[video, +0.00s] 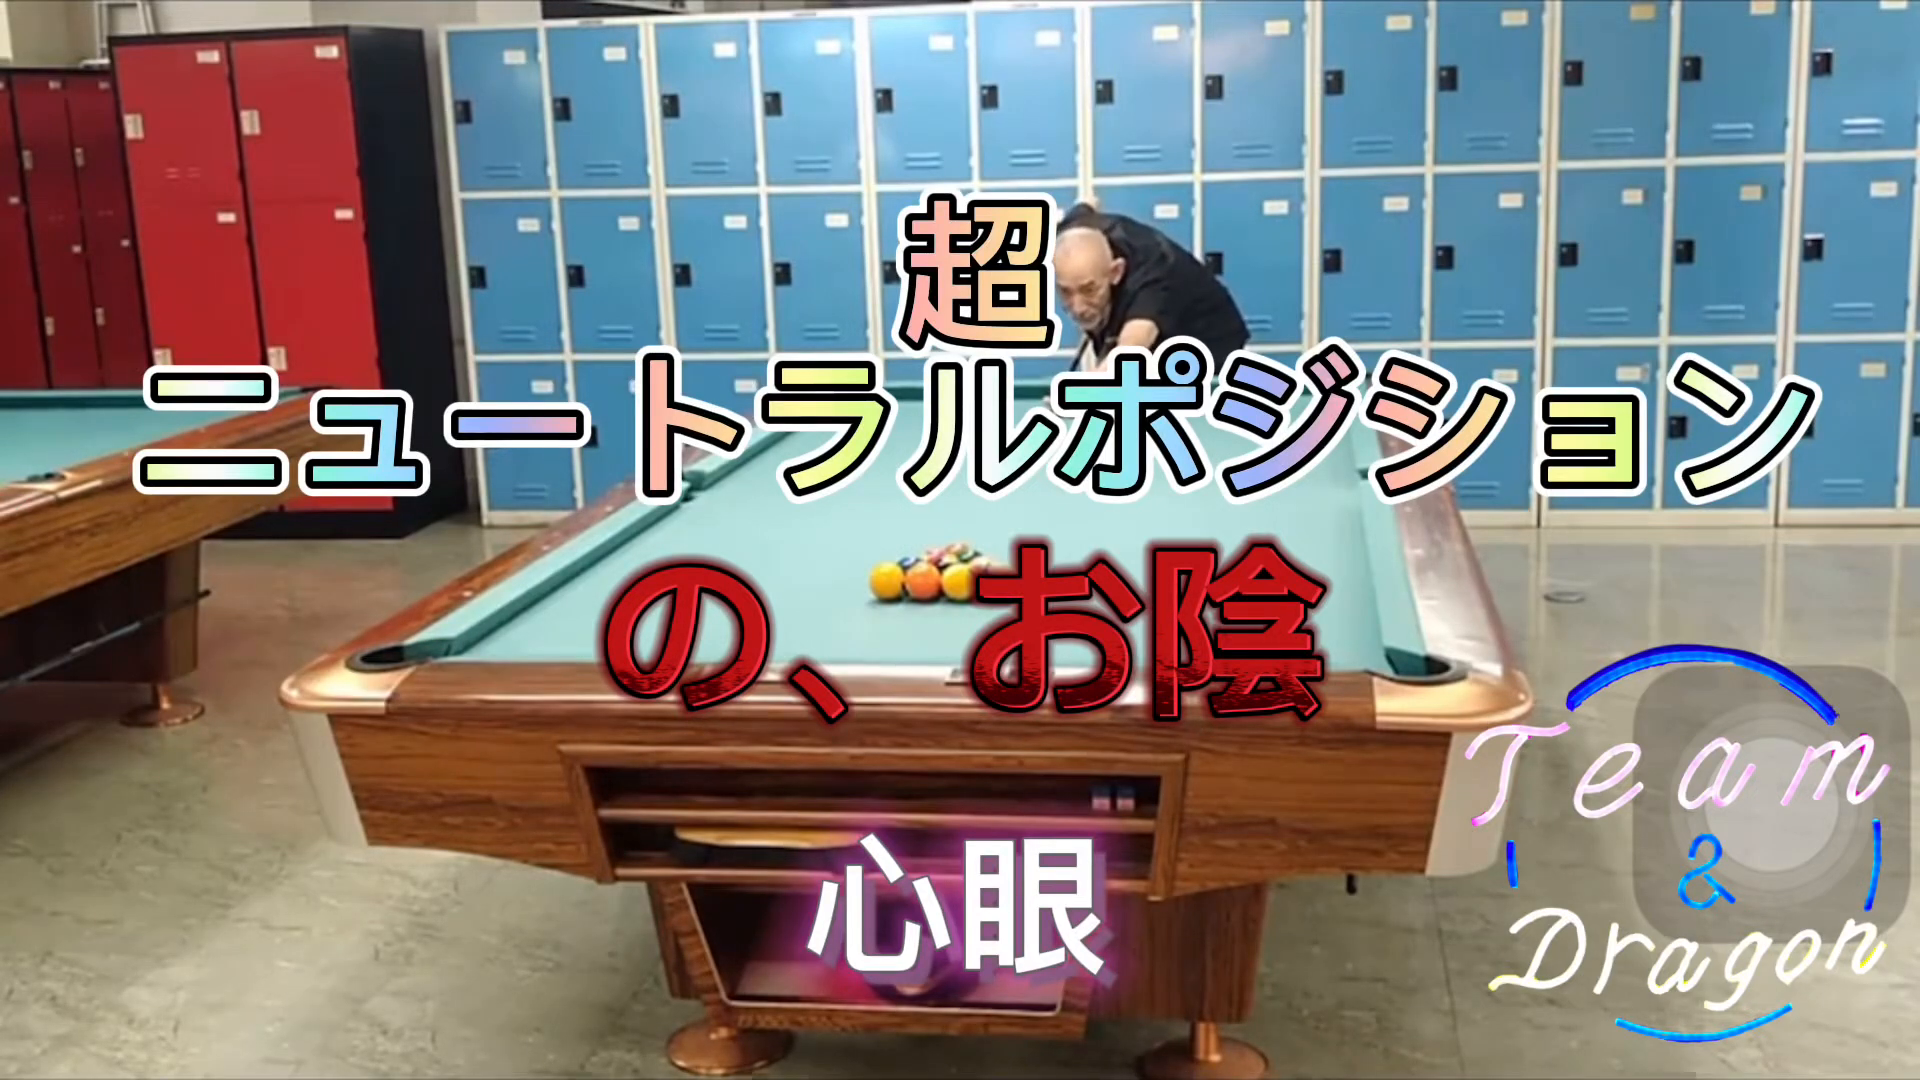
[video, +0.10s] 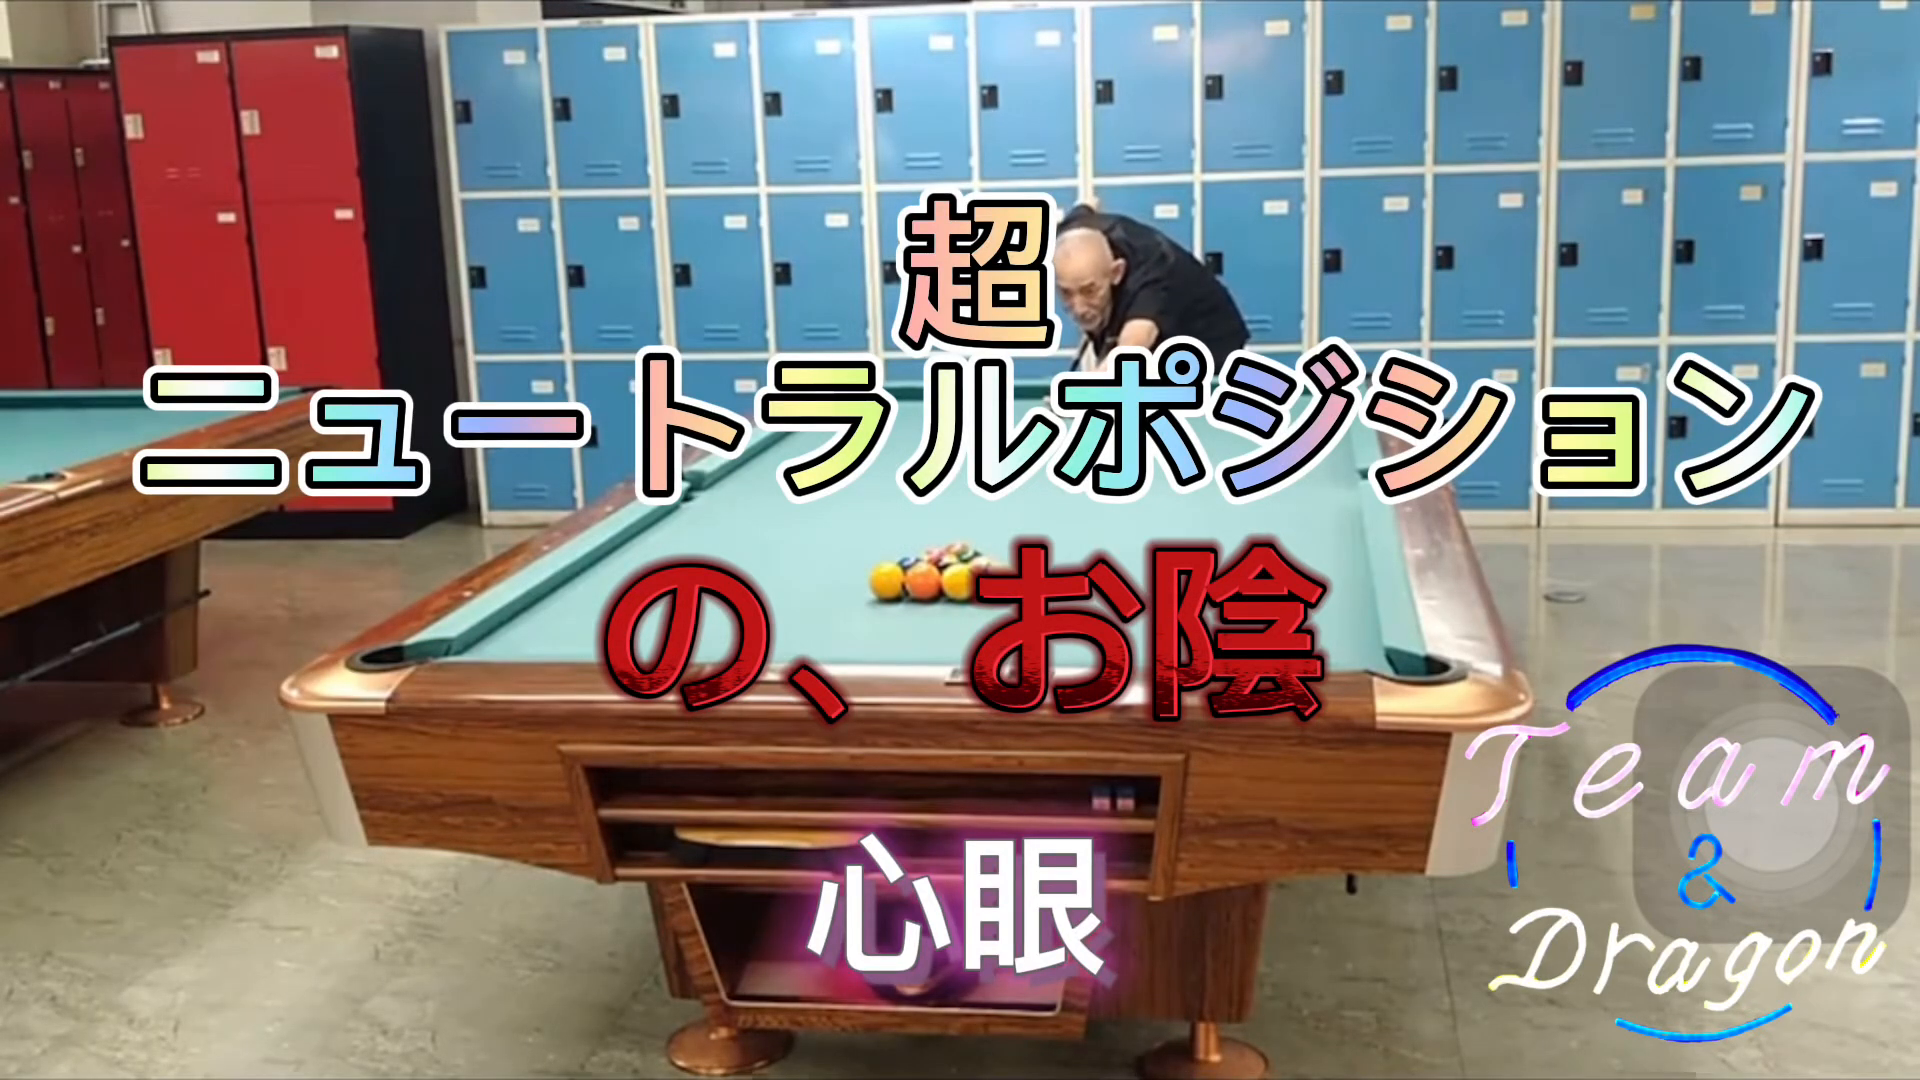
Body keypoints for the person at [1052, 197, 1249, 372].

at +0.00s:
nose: (1077, 307)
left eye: (1089, 290)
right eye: (1065, 292)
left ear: (1116, 272)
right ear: (1056, 281)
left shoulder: (1153, 277)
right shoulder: (1076, 233)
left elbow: (1129, 352)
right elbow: (1084, 207)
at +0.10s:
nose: (1078, 308)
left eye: (1089, 291)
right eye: (1066, 294)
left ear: (1116, 272)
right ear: (1057, 284)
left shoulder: (1152, 276)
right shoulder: (1075, 234)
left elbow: (1130, 350)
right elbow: (1083, 210)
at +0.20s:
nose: (1080, 313)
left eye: (1089, 298)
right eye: (1068, 301)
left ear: (1116, 275)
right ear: (1057, 286)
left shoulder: (1153, 273)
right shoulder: (1073, 236)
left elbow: (1131, 350)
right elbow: (1082, 210)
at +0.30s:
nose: (1082, 319)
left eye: (1091, 306)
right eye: (1071, 308)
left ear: (1116, 278)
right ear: (1059, 289)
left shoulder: (1152, 274)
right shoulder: (1067, 237)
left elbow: (1131, 349)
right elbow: (1085, 208)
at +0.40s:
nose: (1085, 325)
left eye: (1093, 312)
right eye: (1073, 316)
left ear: (1116, 279)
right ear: (1059, 290)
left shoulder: (1151, 275)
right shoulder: (1063, 238)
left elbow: (1130, 351)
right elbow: (1086, 207)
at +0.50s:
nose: (1090, 329)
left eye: (1097, 318)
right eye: (1078, 322)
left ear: (1116, 281)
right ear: (1060, 291)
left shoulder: (1152, 275)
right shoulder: (1065, 237)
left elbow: (1130, 350)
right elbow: (1086, 204)